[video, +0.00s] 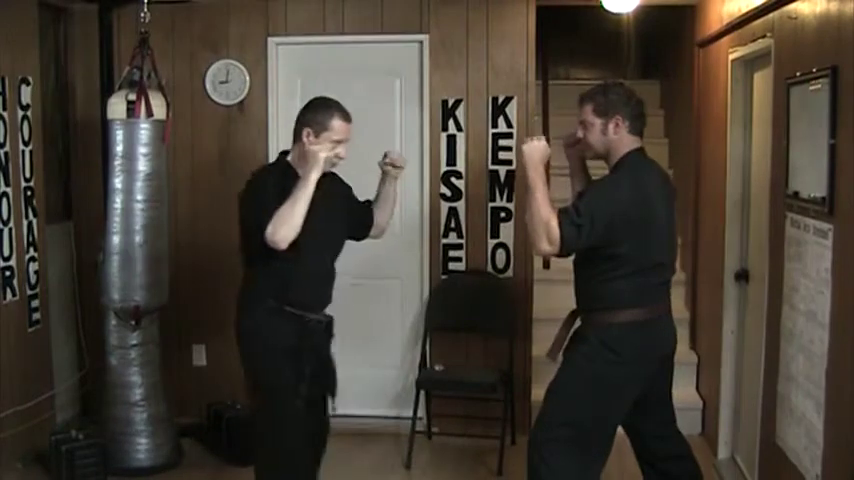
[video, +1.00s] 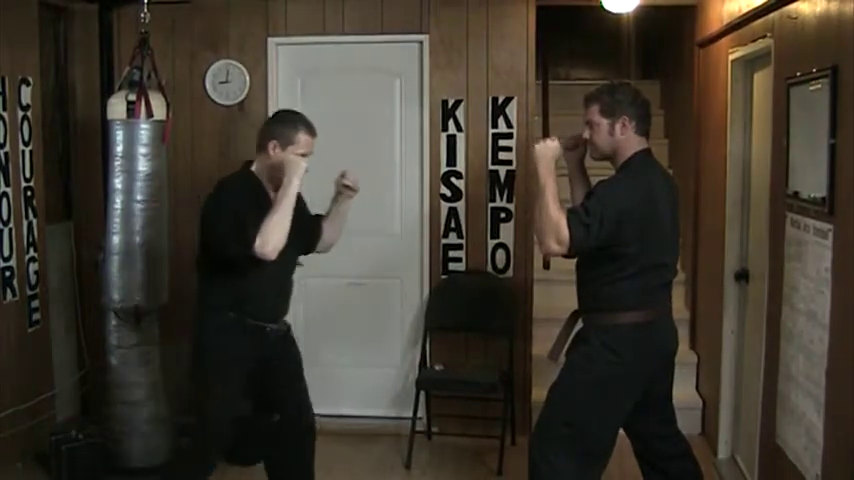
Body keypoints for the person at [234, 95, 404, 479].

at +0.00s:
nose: (343, 153)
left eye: (346, 144)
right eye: (335, 143)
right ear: (306, 138)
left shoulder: (332, 187)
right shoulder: (266, 182)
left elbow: (371, 226)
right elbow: (278, 237)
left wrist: (389, 179)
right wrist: (310, 174)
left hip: (313, 326)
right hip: (269, 326)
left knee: (313, 431)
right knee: (282, 434)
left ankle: (303, 475)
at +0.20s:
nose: (323, 157)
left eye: (326, 149)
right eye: (316, 147)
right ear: (288, 141)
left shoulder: (313, 191)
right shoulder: (246, 183)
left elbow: (350, 230)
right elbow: (260, 239)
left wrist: (368, 187)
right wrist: (296, 178)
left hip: (291, 328)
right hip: (243, 327)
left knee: (301, 433)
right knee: (242, 442)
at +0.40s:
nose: (290, 162)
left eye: (293, 154)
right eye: (285, 152)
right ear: (256, 148)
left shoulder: (272, 196)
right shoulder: (217, 191)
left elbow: (309, 236)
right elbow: (248, 242)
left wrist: (328, 192)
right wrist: (271, 179)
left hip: (262, 336)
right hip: (215, 335)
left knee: (296, 431)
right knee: (188, 430)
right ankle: (152, 474)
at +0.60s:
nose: (264, 172)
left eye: (267, 164)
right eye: (259, 163)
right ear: (231, 155)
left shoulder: (247, 202)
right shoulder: (188, 199)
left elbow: (276, 254)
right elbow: (214, 258)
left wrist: (299, 210)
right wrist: (248, 196)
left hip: (234, 343)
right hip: (184, 342)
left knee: (275, 433)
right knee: (159, 447)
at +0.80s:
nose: (271, 170)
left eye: (273, 162)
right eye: (267, 160)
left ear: (244, 157)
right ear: (239, 154)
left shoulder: (247, 198)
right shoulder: (194, 196)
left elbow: (282, 251)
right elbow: (231, 251)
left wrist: (303, 208)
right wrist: (257, 187)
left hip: (238, 341)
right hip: (189, 340)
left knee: (278, 428)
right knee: (162, 442)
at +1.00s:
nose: (304, 165)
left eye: (308, 156)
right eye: (301, 154)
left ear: (279, 152)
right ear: (273, 149)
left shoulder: (282, 196)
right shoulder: (231, 192)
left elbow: (318, 241)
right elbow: (267, 247)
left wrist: (341, 201)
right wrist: (290, 182)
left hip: (274, 336)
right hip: (228, 336)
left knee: (297, 430)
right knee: (214, 433)